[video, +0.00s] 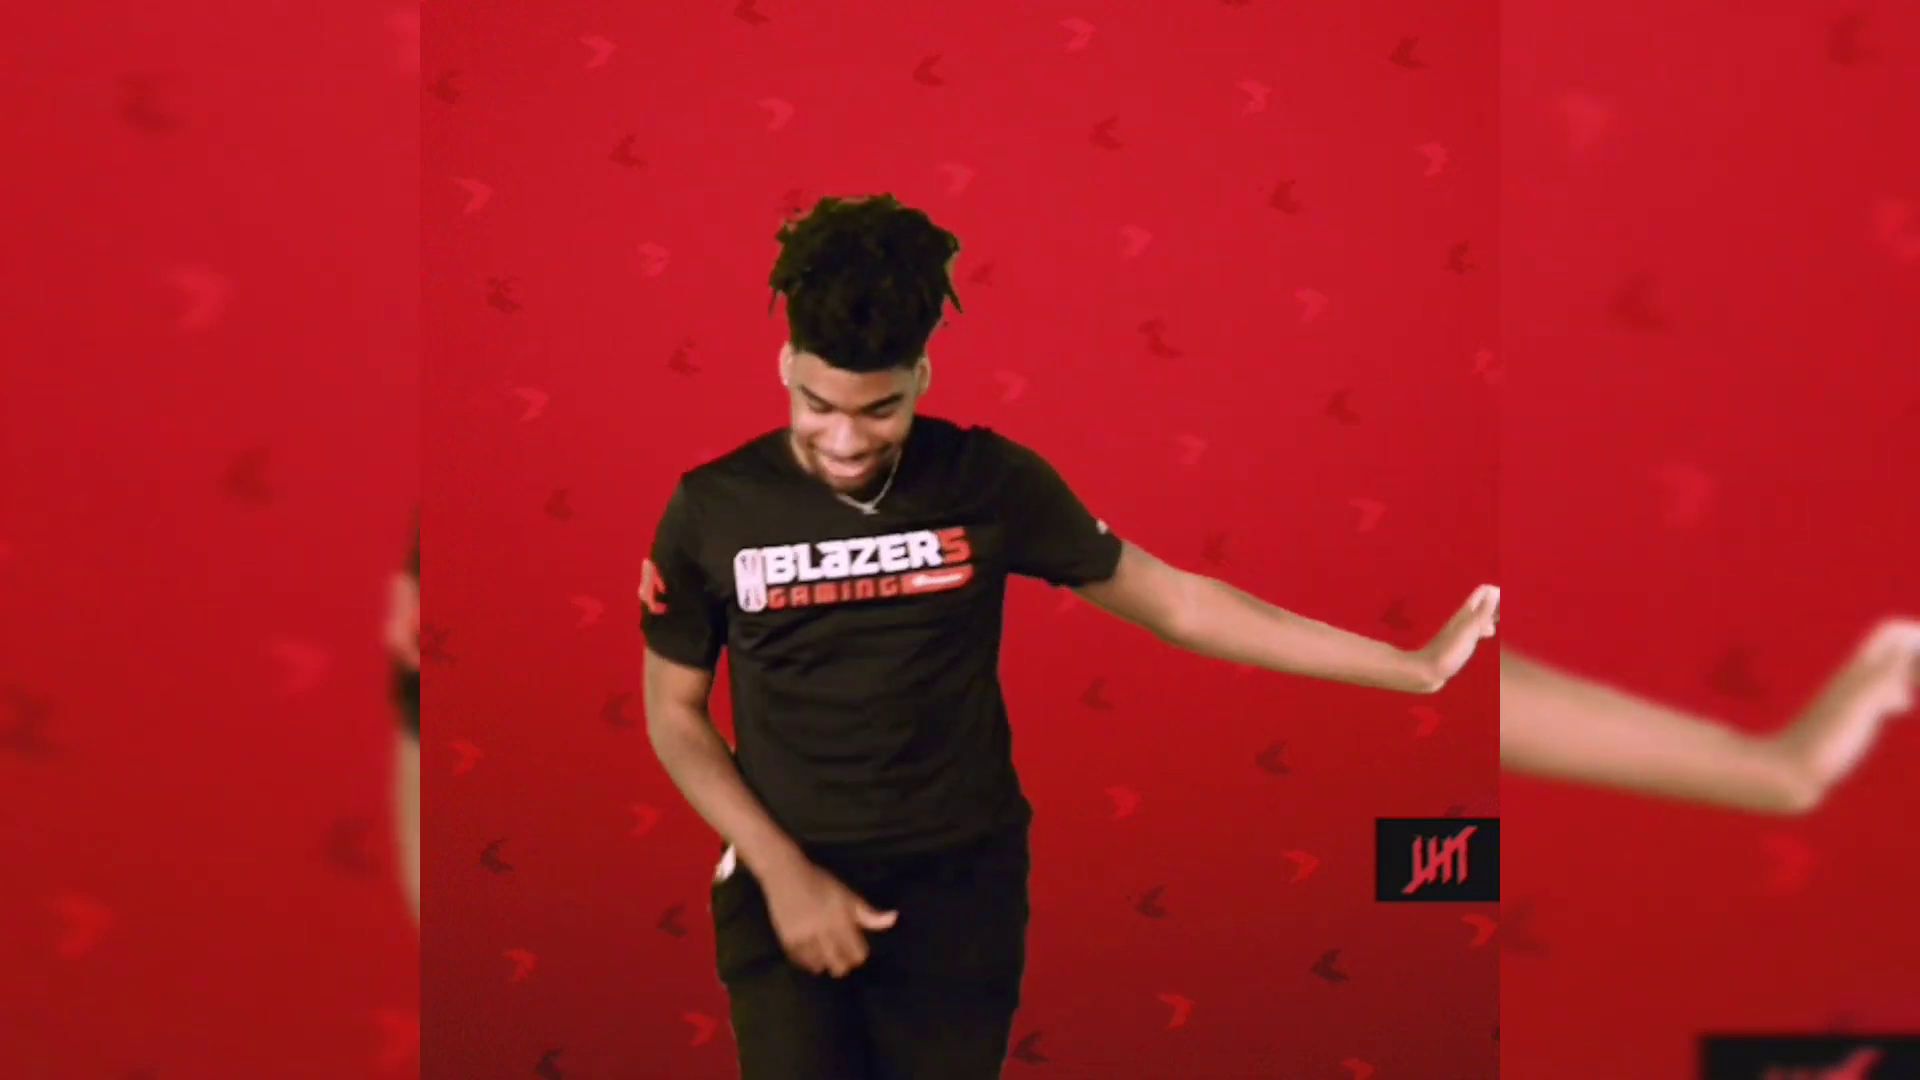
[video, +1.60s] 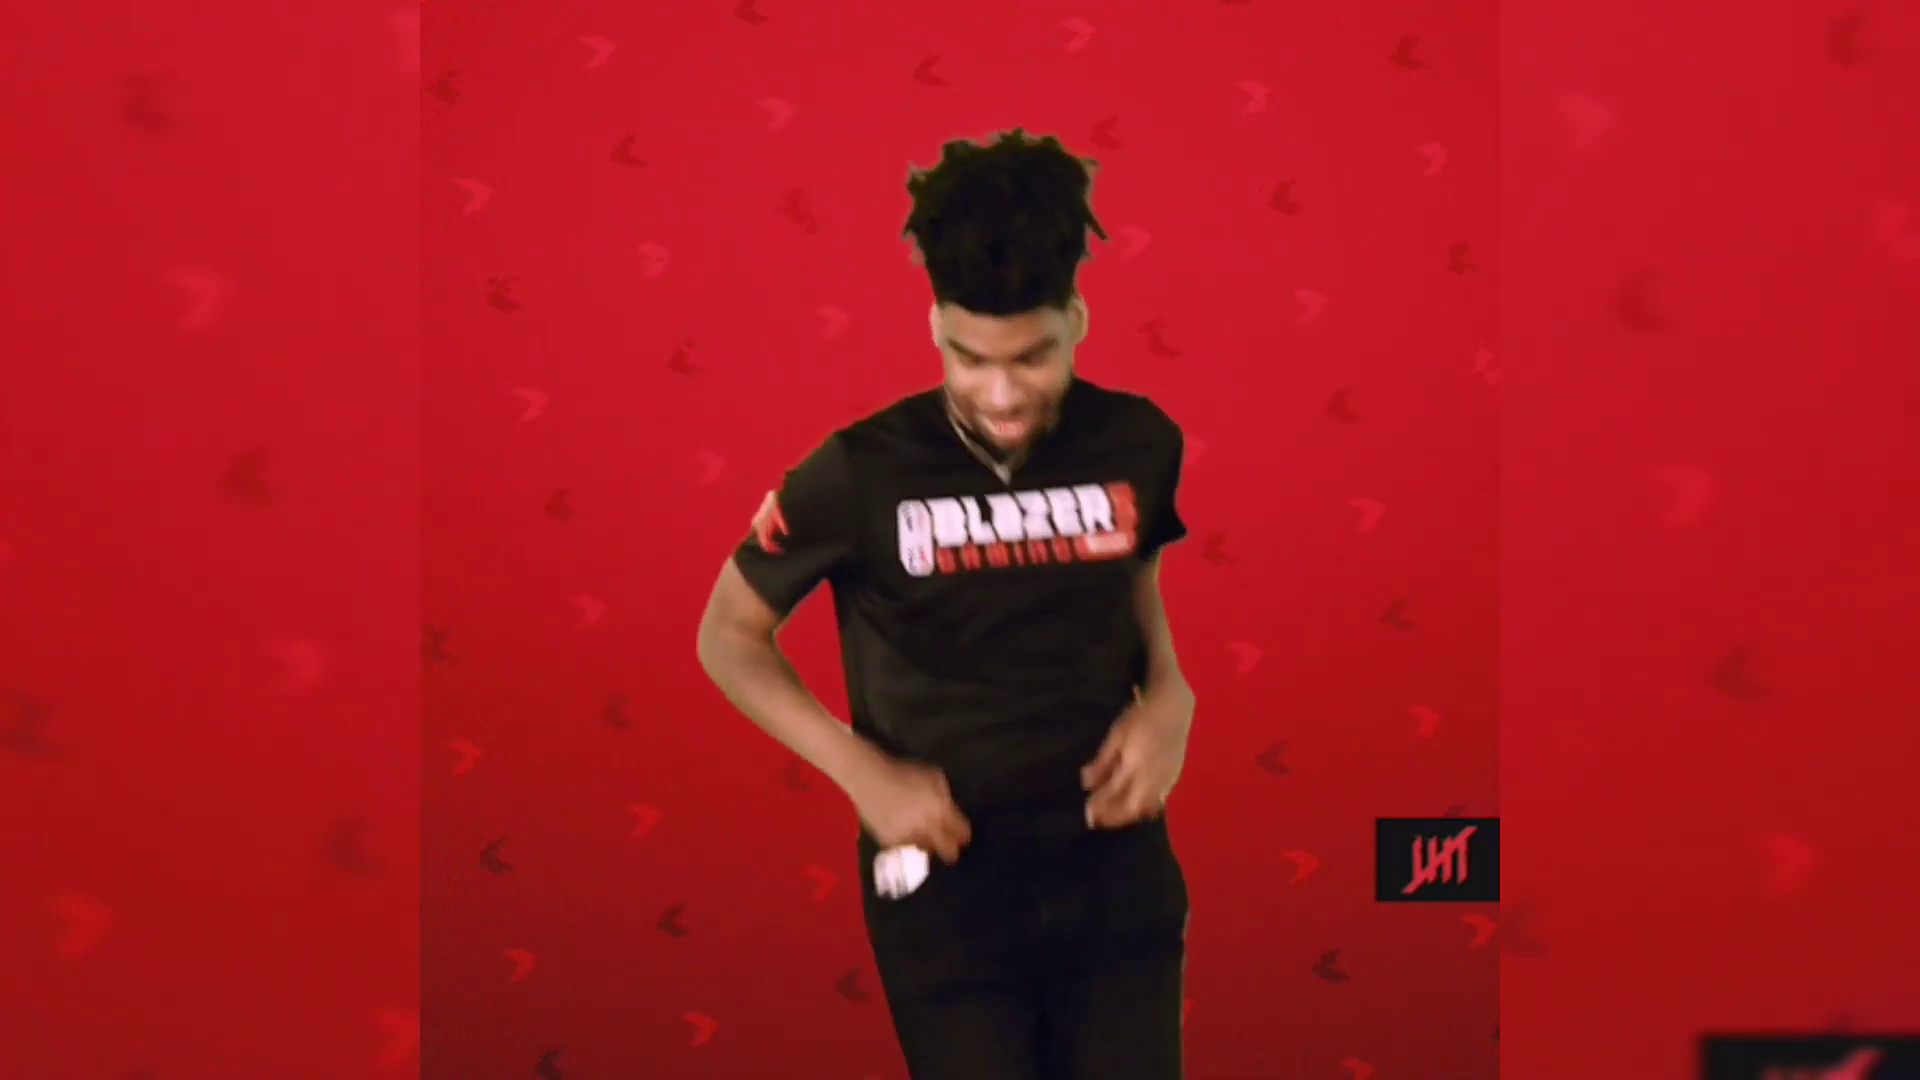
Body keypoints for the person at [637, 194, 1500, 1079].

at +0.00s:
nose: (844, 438)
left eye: (876, 409)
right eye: (817, 404)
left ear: (923, 369)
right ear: (783, 359)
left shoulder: (989, 484)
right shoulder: (711, 513)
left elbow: (1174, 599)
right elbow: (674, 717)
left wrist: (1408, 670)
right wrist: (784, 871)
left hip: (960, 887)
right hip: (783, 893)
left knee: (951, 1068)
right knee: (797, 1074)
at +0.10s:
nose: (827, 431)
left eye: (860, 401)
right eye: (800, 397)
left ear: (901, 365)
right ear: (764, 353)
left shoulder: (976, 480)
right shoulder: (697, 510)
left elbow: (1162, 613)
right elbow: (666, 719)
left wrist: (1386, 702)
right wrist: (761, 877)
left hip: (947, 871)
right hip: (777, 879)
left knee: (922, 1067)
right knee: (782, 1071)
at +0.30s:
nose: (979, 367)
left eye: (1011, 337)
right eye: (951, 331)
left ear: (1050, 296)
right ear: (903, 279)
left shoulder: (1101, 426)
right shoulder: (806, 400)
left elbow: (1143, 565)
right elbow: (732, 541)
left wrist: (1126, 594)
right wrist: (770, 677)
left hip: (1010, 841)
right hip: (834, 832)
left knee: (1000, 1064)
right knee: (818, 1063)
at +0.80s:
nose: (885, 368)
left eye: (917, 337)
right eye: (855, 334)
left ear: (956, 295)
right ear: (811, 290)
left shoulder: (1029, 424)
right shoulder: (730, 423)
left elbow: (1061, 575)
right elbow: (648, 558)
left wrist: (1031, 695)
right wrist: (711, 680)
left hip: (962, 831)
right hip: (786, 826)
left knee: (946, 1063)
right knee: (799, 1062)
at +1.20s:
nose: (868, 340)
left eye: (899, 304)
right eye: (836, 307)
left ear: (945, 257)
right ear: (800, 267)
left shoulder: (1025, 355)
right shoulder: (746, 413)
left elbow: (1037, 486)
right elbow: (626, 575)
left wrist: (1069, 611)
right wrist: (774, 688)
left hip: (1011, 792)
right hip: (846, 807)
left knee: (1028, 1060)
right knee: (870, 1063)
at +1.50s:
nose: (969, 357)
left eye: (999, 322)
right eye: (935, 324)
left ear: (1041, 280)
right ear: (897, 285)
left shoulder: (1108, 396)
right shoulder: (829, 437)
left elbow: (1114, 526)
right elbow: (715, 606)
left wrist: (1148, 642)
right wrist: (855, 723)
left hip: (1091, 834)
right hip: (924, 849)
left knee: (1115, 1062)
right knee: (959, 1063)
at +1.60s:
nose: (1003, 392)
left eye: (1033, 356)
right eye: (970, 358)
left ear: (1078, 315)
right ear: (936, 322)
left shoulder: (1139, 445)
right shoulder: (857, 478)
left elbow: (1134, 569)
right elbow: (728, 635)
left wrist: (1169, 693)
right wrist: (866, 775)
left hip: (1117, 880)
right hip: (945, 897)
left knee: (1133, 1061)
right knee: (973, 1061)